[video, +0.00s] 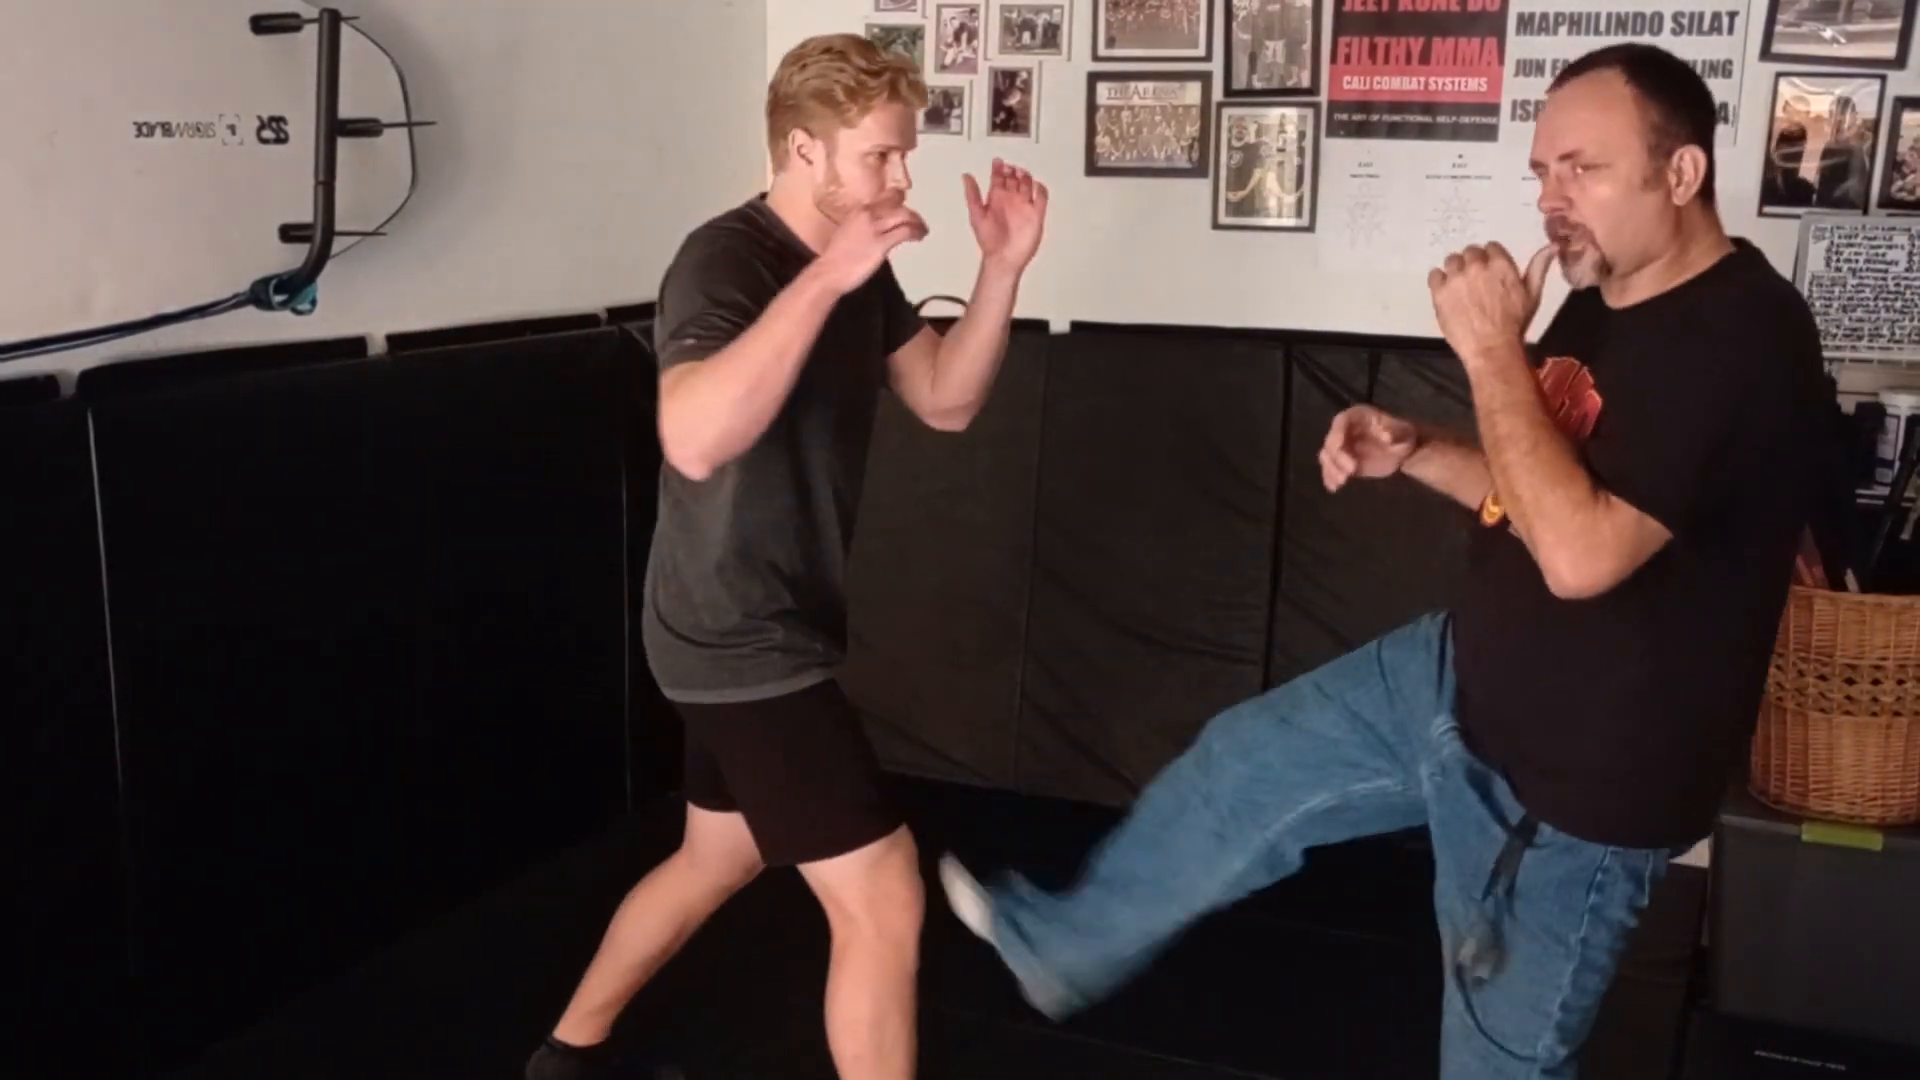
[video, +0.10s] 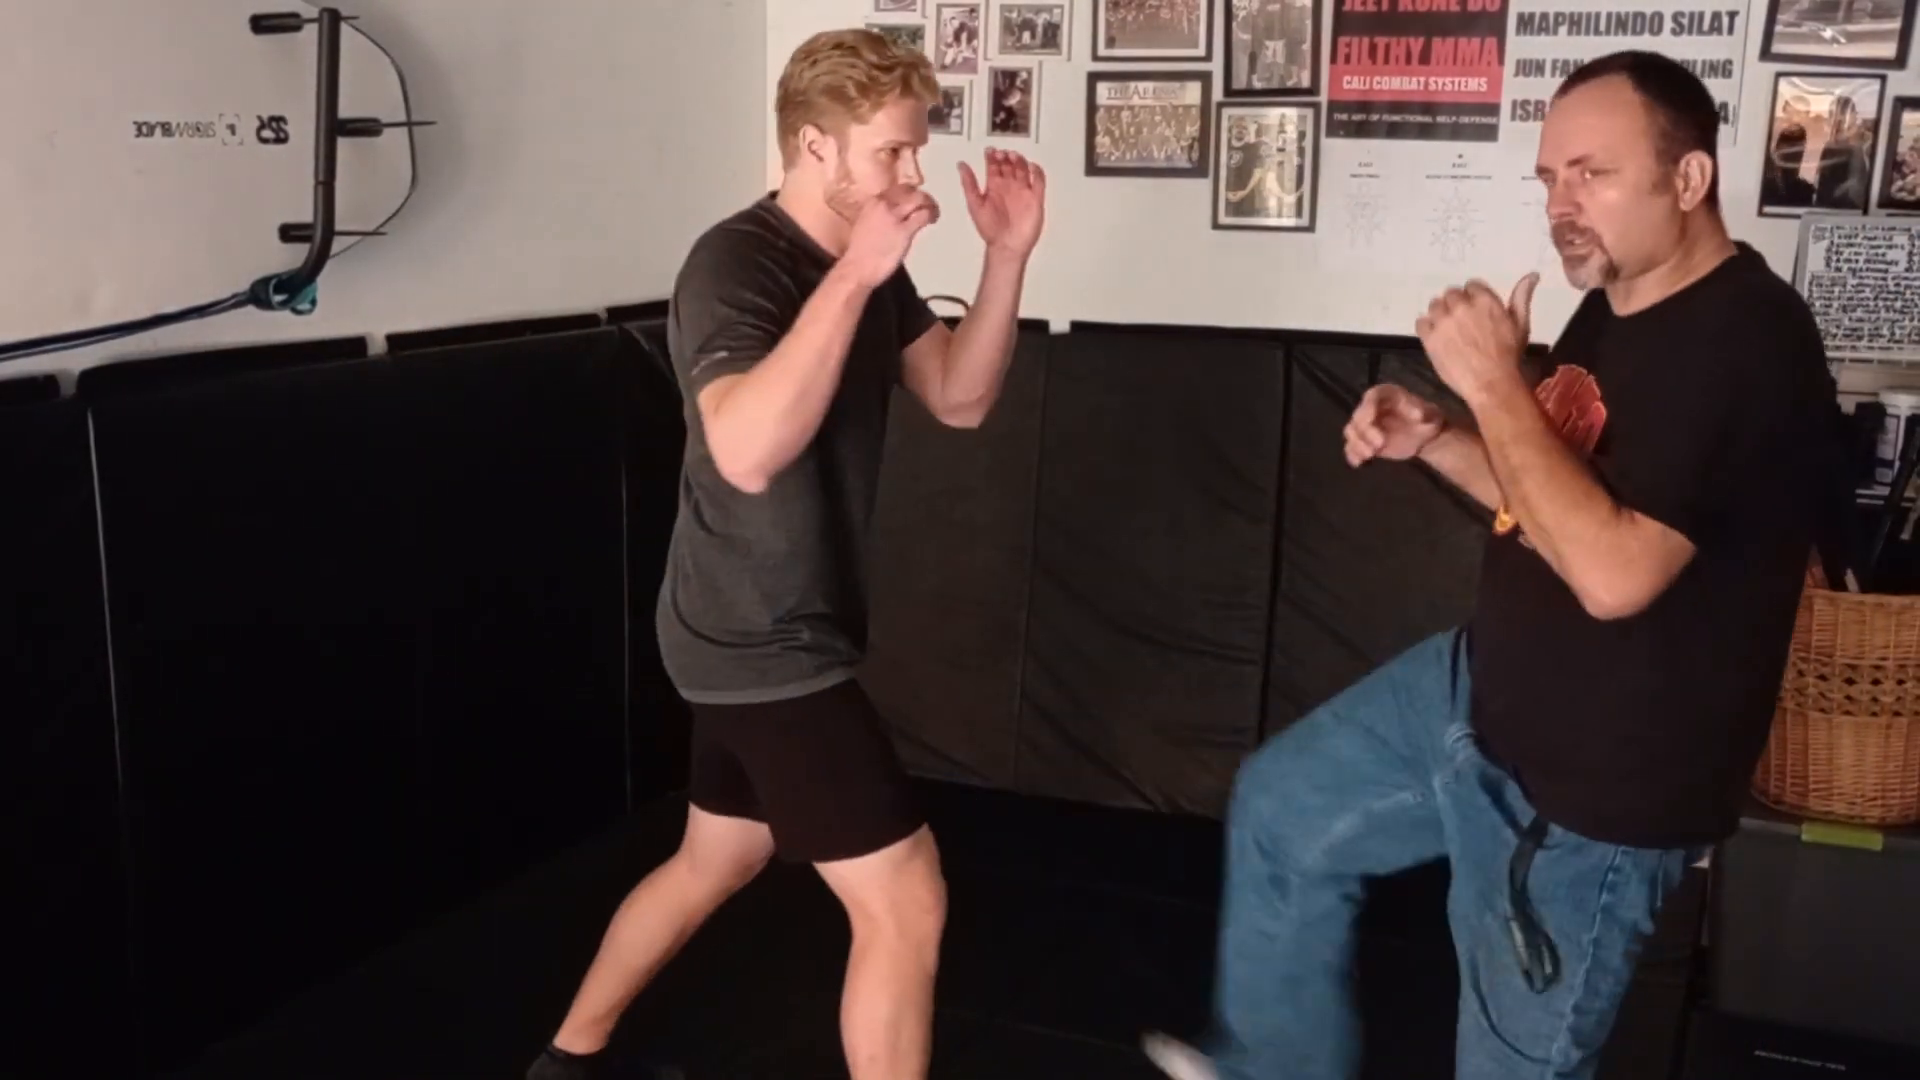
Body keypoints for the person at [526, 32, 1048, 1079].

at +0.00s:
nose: (900, 183)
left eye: (905, 156)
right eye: (880, 159)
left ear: (906, 147)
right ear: (803, 154)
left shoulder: (852, 262)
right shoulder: (723, 262)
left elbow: (945, 400)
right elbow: (695, 439)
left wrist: (999, 269)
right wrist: (824, 278)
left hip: (779, 627)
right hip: (734, 640)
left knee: (716, 858)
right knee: (880, 899)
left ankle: (568, 1046)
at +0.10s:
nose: (917, 180)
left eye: (919, 152)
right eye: (896, 154)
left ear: (854, 153)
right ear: (818, 151)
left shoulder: (854, 257)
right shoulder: (730, 267)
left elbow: (961, 398)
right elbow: (745, 451)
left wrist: (1005, 257)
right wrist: (855, 279)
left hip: (772, 634)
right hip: (758, 648)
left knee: (716, 858)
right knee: (901, 905)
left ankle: (570, 1050)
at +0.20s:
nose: (923, 176)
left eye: (924, 147)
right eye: (900, 151)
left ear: (860, 148)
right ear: (823, 148)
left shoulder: (857, 253)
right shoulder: (736, 268)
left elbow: (968, 392)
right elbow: (771, 455)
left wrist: (1010, 251)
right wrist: (869, 275)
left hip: (775, 631)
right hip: (765, 646)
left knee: (704, 857)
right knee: (904, 909)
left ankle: (570, 1052)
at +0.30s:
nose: (927, 176)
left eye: (928, 148)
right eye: (906, 151)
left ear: (857, 148)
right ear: (828, 148)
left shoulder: (862, 253)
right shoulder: (738, 266)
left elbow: (972, 388)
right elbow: (774, 451)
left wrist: (1013, 248)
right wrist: (875, 276)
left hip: (771, 630)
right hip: (763, 644)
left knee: (690, 861)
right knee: (903, 909)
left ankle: (567, 1052)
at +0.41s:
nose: (927, 177)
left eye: (927, 150)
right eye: (906, 152)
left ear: (853, 148)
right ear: (830, 148)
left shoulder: (854, 252)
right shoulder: (735, 265)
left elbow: (964, 390)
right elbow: (778, 447)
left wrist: (1009, 249)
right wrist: (883, 273)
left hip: (760, 628)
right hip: (763, 644)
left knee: (686, 859)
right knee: (900, 910)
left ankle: (565, 1052)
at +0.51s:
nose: (914, 169)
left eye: (918, 143)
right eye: (898, 145)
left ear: (845, 144)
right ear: (823, 140)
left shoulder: (847, 259)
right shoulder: (730, 257)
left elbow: (912, 403)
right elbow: (775, 456)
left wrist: (985, 301)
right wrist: (904, 300)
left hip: (756, 618)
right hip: (741, 633)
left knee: (716, 845)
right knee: (871, 901)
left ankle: (568, 1038)